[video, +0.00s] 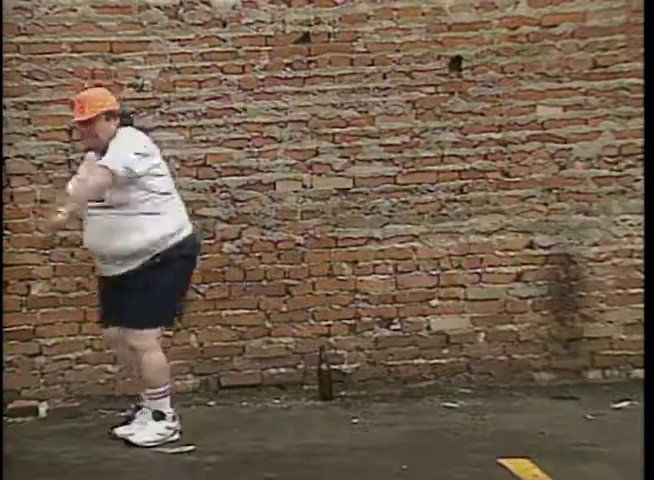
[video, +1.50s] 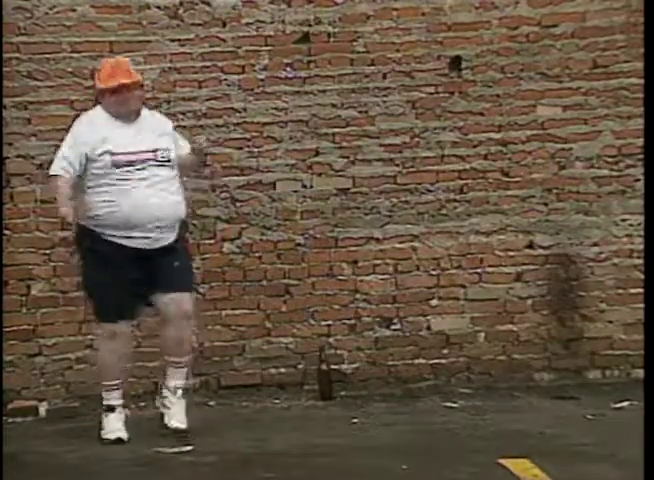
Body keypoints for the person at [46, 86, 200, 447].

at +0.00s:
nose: (84, 132)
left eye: (90, 124)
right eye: (80, 126)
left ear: (112, 119)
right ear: (79, 126)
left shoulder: (130, 142)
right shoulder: (95, 156)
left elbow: (101, 181)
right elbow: (79, 188)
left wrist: (73, 197)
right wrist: (67, 208)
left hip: (158, 254)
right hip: (122, 259)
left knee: (143, 337)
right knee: (121, 336)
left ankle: (164, 417)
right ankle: (150, 409)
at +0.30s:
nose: (100, 115)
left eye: (107, 107)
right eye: (94, 109)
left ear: (127, 100)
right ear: (88, 108)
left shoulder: (153, 131)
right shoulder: (94, 137)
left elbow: (193, 176)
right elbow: (101, 183)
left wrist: (184, 217)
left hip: (130, 244)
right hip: (77, 244)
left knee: (125, 333)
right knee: (88, 335)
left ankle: (159, 413)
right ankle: (104, 417)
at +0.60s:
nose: (128, 96)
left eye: (134, 89)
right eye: (120, 87)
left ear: (141, 91)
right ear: (101, 86)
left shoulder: (152, 126)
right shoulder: (76, 109)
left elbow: (180, 176)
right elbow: (29, 131)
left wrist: (157, 162)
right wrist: (47, 134)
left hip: (145, 234)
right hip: (87, 236)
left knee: (148, 315)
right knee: (98, 326)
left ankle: (160, 404)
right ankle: (104, 411)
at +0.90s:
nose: (130, 124)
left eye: (133, 117)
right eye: (121, 119)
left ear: (138, 115)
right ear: (99, 123)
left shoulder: (152, 140)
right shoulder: (80, 154)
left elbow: (188, 160)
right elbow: (42, 175)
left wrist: (191, 192)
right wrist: (25, 181)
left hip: (158, 260)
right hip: (98, 262)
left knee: (174, 333)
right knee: (110, 342)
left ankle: (173, 407)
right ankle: (121, 412)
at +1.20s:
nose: (133, 111)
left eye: (135, 104)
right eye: (124, 105)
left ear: (138, 99)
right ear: (100, 103)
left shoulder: (145, 128)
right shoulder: (72, 132)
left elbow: (170, 165)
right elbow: (52, 181)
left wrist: (188, 194)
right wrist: (66, 212)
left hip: (161, 240)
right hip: (105, 245)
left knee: (170, 321)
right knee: (114, 334)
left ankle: (182, 398)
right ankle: (115, 409)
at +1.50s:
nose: (133, 94)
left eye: (135, 88)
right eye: (124, 90)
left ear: (141, 89)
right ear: (105, 97)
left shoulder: (157, 122)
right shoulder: (88, 127)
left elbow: (181, 160)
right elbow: (64, 173)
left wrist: (200, 161)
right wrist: (65, 207)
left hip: (165, 241)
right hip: (108, 243)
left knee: (181, 309)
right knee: (115, 327)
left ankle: (174, 392)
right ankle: (113, 409)